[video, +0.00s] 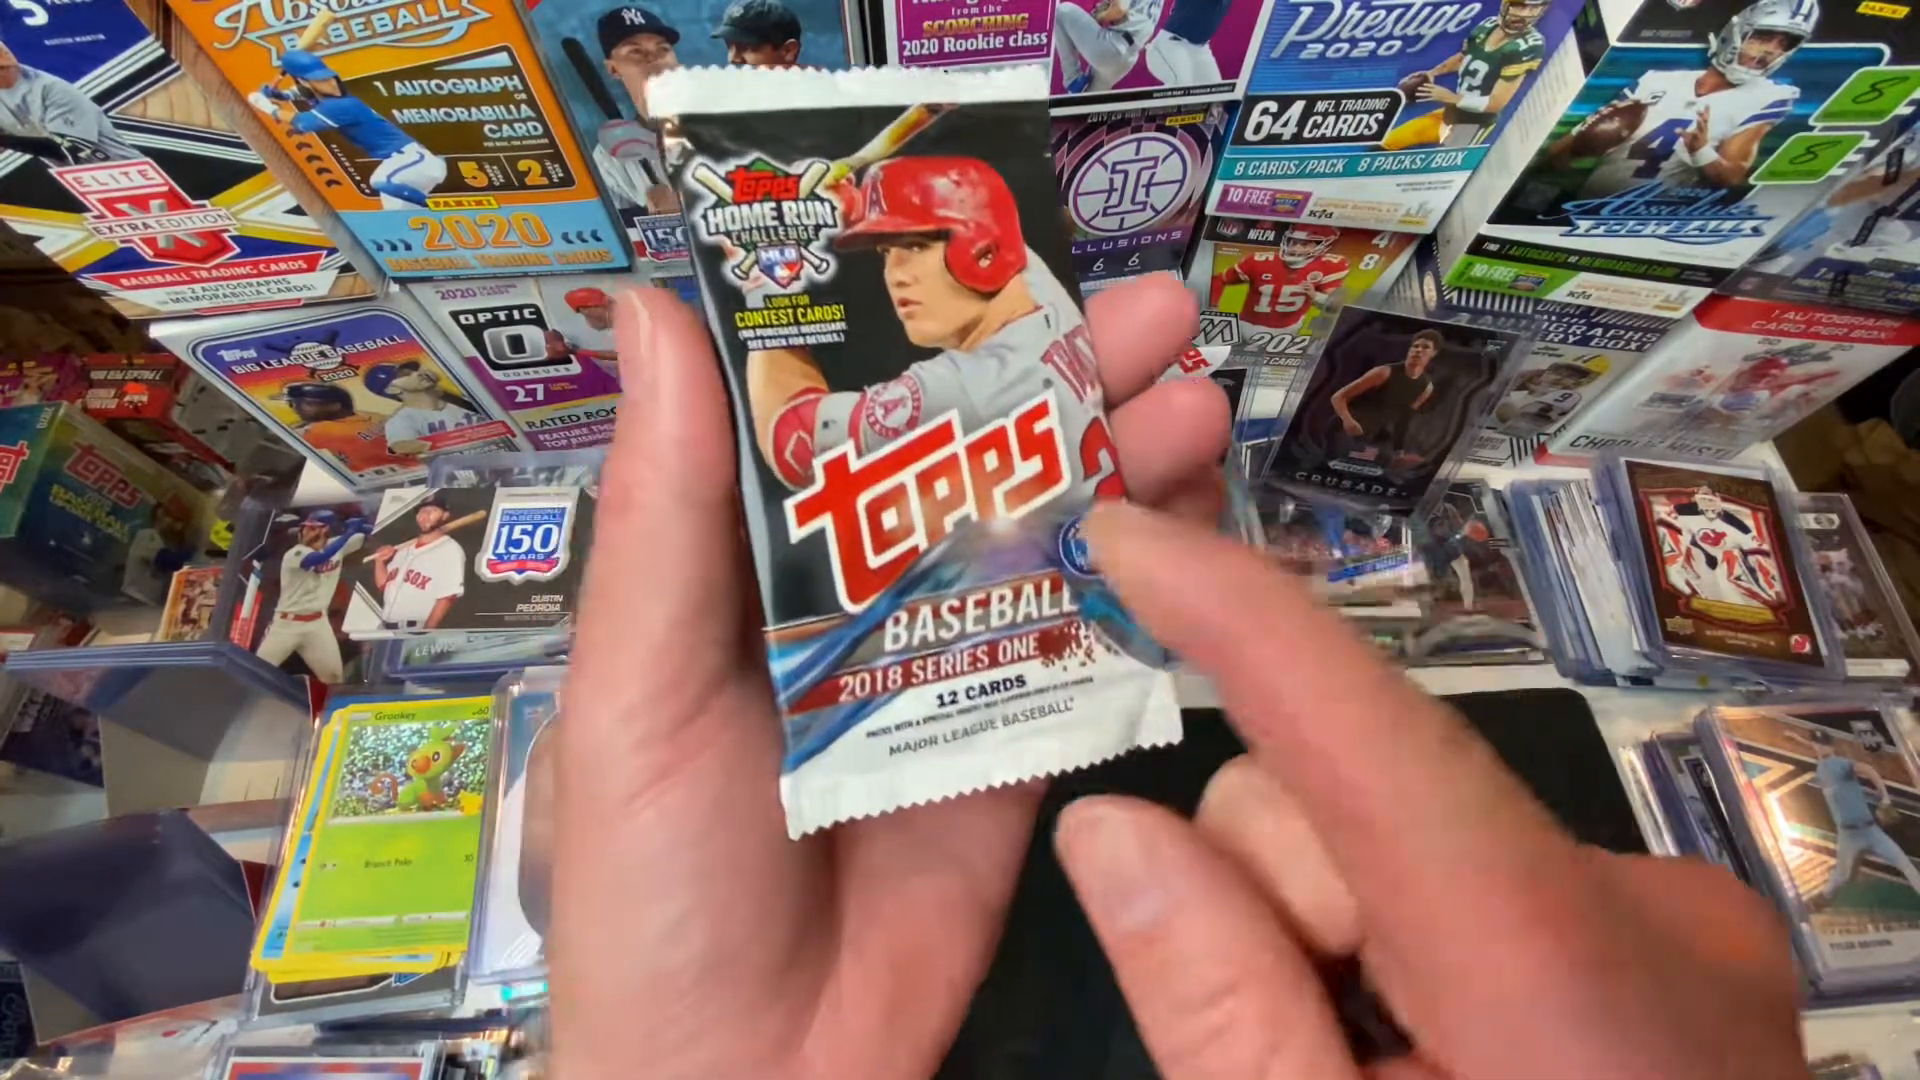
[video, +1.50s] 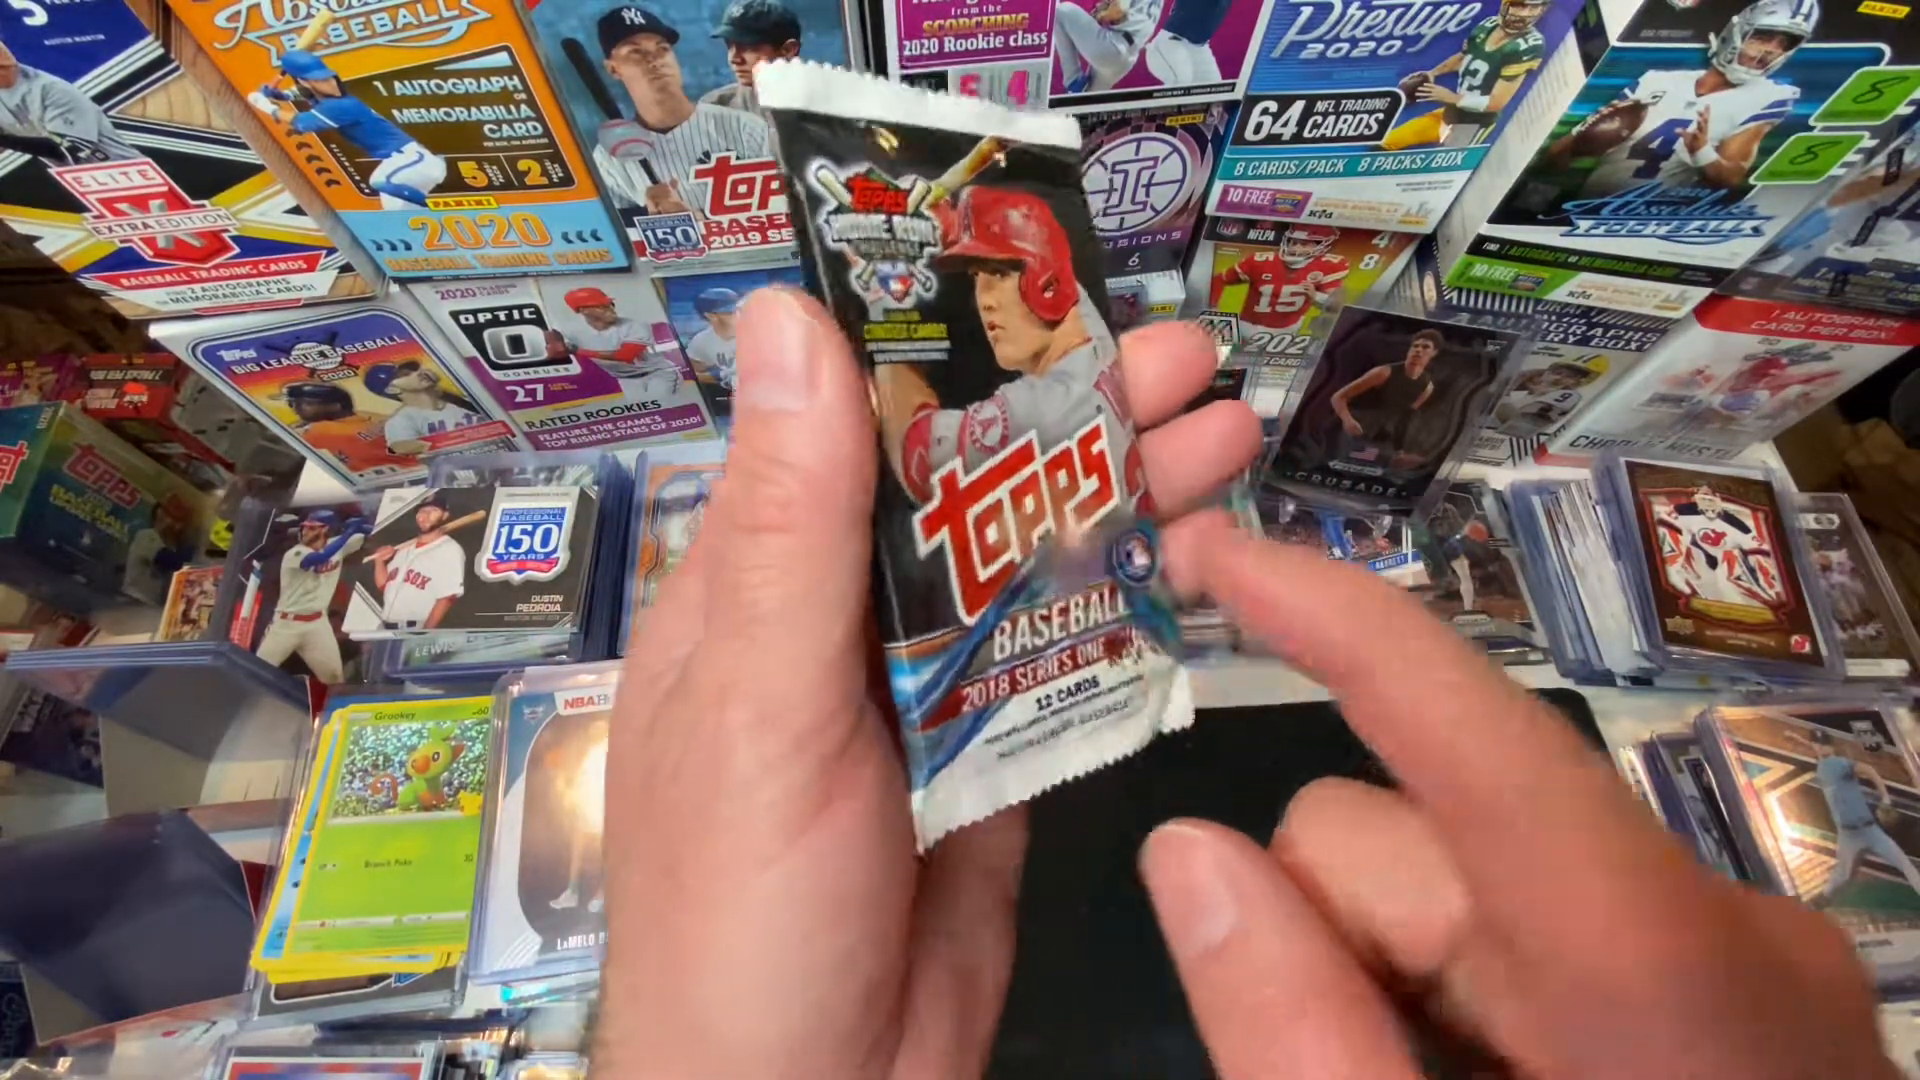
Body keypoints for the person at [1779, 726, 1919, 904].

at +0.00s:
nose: (1822, 749)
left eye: (1824, 744)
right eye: (1818, 746)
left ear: (1831, 745)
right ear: (1814, 748)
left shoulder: (1840, 764)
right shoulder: (1822, 767)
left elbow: (1869, 770)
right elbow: (1812, 746)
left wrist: (1884, 797)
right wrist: (1796, 738)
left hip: (1870, 829)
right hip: (1847, 834)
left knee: (1903, 862)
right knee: (1842, 874)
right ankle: (1825, 896)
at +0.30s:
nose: (1822, 749)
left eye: (1824, 744)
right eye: (1818, 745)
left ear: (1830, 745)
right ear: (1814, 748)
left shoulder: (1839, 764)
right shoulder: (1823, 767)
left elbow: (1869, 770)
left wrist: (1885, 797)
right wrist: (1796, 738)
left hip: (1871, 829)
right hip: (1847, 834)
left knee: (1903, 862)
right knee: (1842, 874)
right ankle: (1825, 896)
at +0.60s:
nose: (1823, 749)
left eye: (1825, 744)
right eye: (1819, 745)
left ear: (1831, 745)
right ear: (1814, 747)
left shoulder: (1839, 764)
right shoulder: (1823, 767)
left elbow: (1868, 770)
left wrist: (1885, 797)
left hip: (1871, 828)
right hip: (1847, 834)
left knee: (1904, 864)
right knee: (1843, 875)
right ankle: (1823, 897)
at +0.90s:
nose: (1824, 749)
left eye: (1826, 744)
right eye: (1819, 745)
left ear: (1831, 745)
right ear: (1814, 748)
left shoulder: (1839, 764)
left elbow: (1868, 770)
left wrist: (1885, 797)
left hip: (1871, 829)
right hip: (1847, 834)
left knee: (1904, 863)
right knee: (1842, 875)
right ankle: (1824, 897)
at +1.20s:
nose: (1822, 749)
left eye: (1825, 744)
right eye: (1818, 745)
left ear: (1831, 745)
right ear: (1815, 749)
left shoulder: (1839, 764)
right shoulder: (1823, 766)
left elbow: (1869, 770)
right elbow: (1813, 750)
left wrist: (1885, 798)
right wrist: (1798, 739)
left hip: (1870, 829)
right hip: (1847, 834)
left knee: (1904, 863)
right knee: (1843, 875)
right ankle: (1822, 899)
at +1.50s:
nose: (1822, 749)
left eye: (1824, 744)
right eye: (1818, 746)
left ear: (1830, 745)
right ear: (1815, 748)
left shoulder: (1840, 763)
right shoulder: (1822, 766)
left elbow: (1869, 770)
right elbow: (1812, 746)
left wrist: (1885, 797)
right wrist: (1797, 739)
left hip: (1870, 829)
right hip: (1847, 834)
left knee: (1903, 863)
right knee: (1842, 874)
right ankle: (1824, 897)